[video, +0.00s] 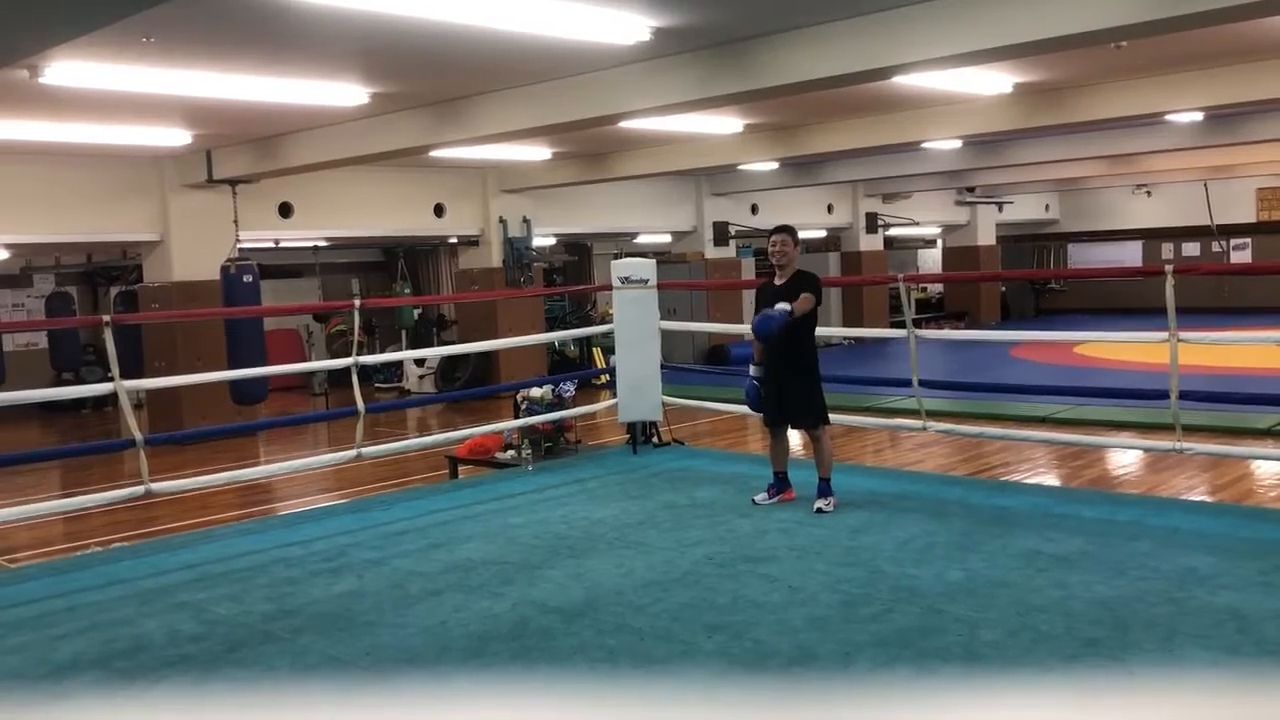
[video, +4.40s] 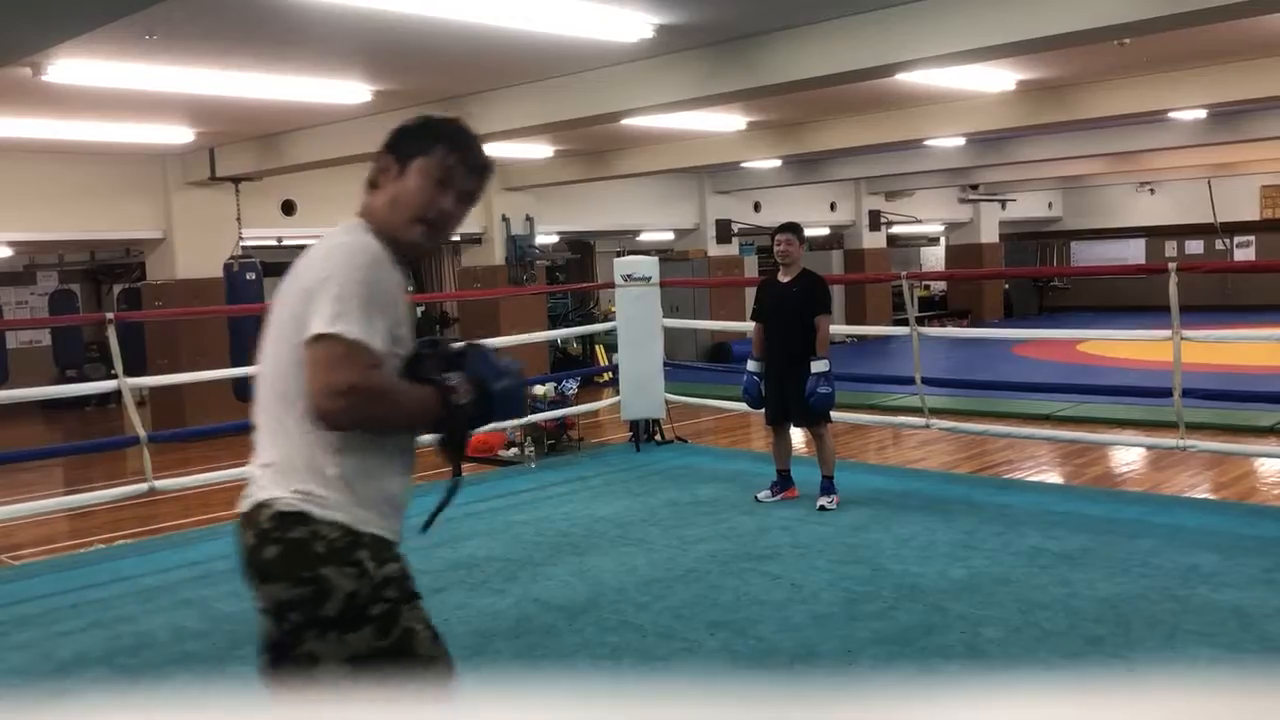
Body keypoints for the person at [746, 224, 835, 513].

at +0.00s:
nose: (777, 249)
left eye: (784, 244)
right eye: (773, 245)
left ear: (796, 249)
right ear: (767, 251)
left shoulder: (809, 280)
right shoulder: (764, 290)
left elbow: (808, 301)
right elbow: (759, 334)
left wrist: (786, 312)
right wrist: (755, 374)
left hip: (802, 367)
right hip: (772, 368)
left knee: (815, 430)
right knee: (775, 428)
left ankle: (824, 489)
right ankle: (780, 484)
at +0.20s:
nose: (775, 251)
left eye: (782, 246)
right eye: (772, 246)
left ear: (794, 249)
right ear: (766, 251)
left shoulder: (807, 283)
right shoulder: (763, 290)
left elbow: (810, 318)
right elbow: (759, 331)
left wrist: (799, 349)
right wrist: (756, 367)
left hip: (802, 365)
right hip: (771, 365)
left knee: (815, 427)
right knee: (775, 427)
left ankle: (825, 488)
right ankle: (781, 483)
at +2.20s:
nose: (772, 253)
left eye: (778, 247)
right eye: (768, 248)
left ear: (792, 250)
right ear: (763, 252)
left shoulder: (806, 286)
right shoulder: (759, 289)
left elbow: (814, 330)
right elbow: (752, 333)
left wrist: (814, 372)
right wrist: (747, 375)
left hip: (799, 372)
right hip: (768, 372)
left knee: (812, 431)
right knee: (772, 430)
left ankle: (822, 490)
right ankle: (778, 484)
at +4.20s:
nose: (780, 248)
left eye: (787, 243)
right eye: (777, 243)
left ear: (800, 248)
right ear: (772, 248)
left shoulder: (815, 284)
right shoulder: (766, 285)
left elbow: (822, 329)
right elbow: (759, 329)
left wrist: (821, 371)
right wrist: (753, 370)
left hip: (806, 370)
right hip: (774, 370)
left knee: (818, 429)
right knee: (778, 427)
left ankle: (827, 488)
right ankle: (783, 482)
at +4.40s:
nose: (781, 248)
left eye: (788, 243)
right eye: (778, 243)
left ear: (801, 248)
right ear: (773, 248)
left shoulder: (815, 284)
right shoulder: (766, 285)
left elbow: (823, 329)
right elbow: (759, 329)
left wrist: (821, 370)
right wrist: (753, 370)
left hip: (806, 370)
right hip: (774, 369)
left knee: (818, 429)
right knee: (778, 426)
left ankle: (827, 487)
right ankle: (783, 482)